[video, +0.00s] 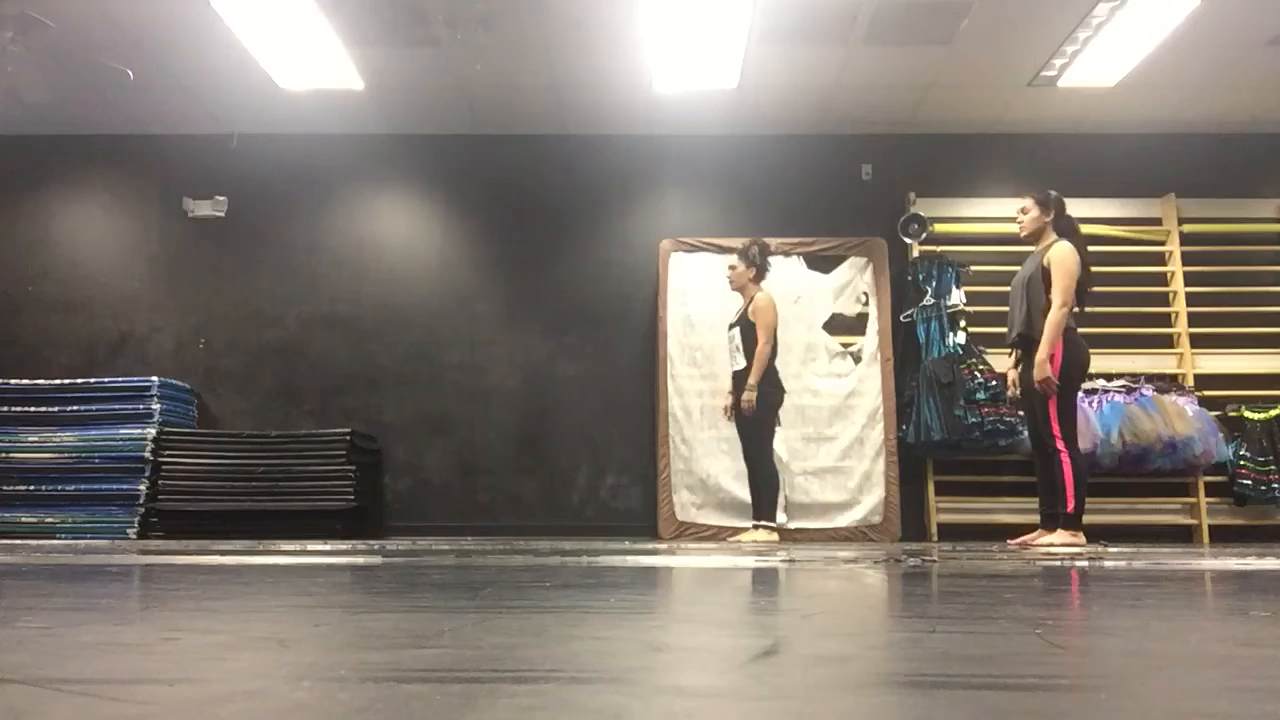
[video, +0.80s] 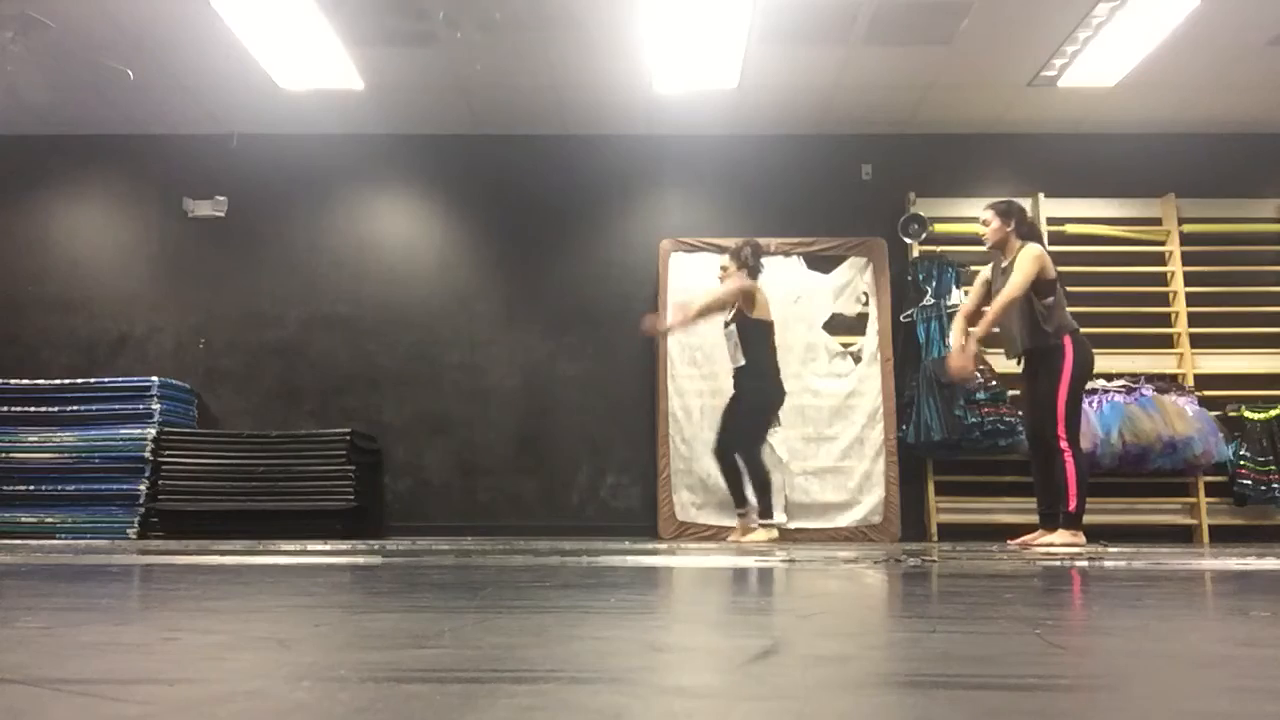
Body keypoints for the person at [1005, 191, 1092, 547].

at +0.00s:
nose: (1018, 219)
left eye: (1025, 212)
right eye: (1018, 213)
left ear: (1048, 214)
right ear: (1040, 217)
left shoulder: (1062, 250)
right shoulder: (1036, 256)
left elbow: (1062, 306)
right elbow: (1027, 314)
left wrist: (1043, 358)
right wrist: (1014, 361)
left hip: (1058, 348)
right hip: (1038, 351)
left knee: (1059, 439)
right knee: (1042, 440)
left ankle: (1071, 528)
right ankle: (1050, 525)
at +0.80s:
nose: (981, 230)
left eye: (987, 223)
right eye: (981, 224)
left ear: (1010, 224)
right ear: (997, 227)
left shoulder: (1032, 254)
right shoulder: (990, 271)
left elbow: (1007, 298)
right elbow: (964, 312)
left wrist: (974, 341)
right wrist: (956, 348)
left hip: (1064, 352)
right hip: (1036, 357)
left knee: (1060, 436)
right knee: (1038, 437)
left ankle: (1071, 529)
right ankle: (1049, 526)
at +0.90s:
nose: (983, 230)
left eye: (989, 223)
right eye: (982, 224)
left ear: (1012, 223)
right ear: (1004, 225)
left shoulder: (1030, 247)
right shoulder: (993, 264)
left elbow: (1020, 278)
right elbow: (969, 295)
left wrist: (963, 303)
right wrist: (947, 313)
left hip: (1060, 350)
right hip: (1034, 355)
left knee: (1048, 436)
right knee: (1029, 437)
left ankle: (1070, 528)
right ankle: (1048, 526)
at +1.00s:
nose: (995, 229)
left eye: (999, 222)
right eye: (994, 223)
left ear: (1022, 222)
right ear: (1009, 226)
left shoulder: (1039, 243)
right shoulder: (1008, 258)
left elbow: (1054, 275)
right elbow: (997, 296)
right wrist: (958, 287)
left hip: (1047, 349)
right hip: (1024, 353)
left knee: (1023, 433)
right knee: (1006, 436)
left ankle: (1067, 523)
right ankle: (1040, 521)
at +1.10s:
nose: (1008, 237)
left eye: (1013, 230)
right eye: (1006, 231)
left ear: (1035, 228)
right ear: (1024, 231)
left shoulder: (1055, 255)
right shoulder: (1024, 266)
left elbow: (1098, 289)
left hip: (1031, 350)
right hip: (1009, 353)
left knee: (997, 428)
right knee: (974, 433)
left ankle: (1050, 509)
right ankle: (1022, 509)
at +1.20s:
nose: (1013, 249)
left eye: (1018, 242)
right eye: (1011, 244)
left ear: (1040, 239)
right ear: (1025, 245)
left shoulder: (1065, 266)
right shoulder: (1032, 276)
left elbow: (1099, 299)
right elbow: (1068, 323)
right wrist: (1067, 341)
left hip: (1019, 351)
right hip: (998, 353)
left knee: (985, 426)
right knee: (965, 430)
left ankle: (1038, 507)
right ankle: (1013, 511)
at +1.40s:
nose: (998, 271)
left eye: (1003, 263)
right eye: (997, 265)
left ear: (1027, 261)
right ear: (1021, 265)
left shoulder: (1047, 288)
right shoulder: (1018, 301)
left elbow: (1092, 325)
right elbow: (1055, 353)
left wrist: (1109, 374)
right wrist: (1060, 405)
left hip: (1041, 385)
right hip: (1016, 388)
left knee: (991, 441)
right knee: (976, 452)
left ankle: (1052, 511)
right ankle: (1033, 518)